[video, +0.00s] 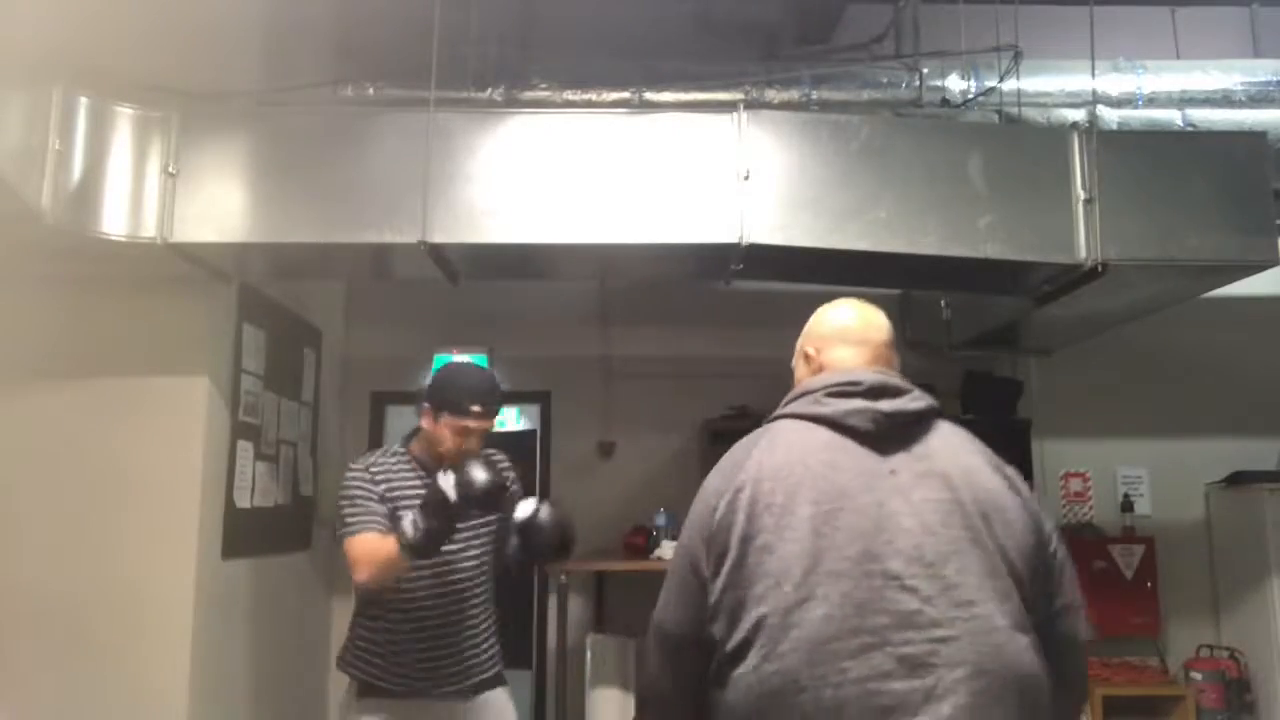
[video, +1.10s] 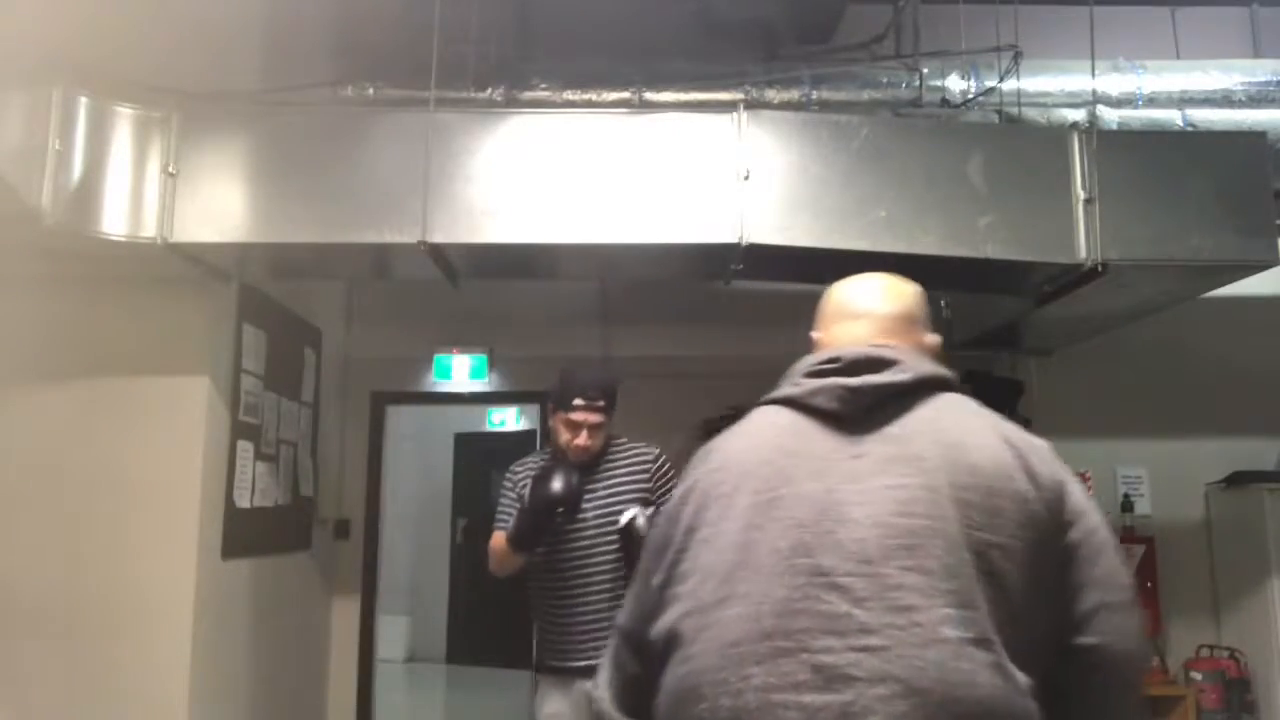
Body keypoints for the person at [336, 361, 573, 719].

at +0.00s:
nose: (473, 447)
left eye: (483, 435)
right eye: (462, 432)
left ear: (491, 427)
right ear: (427, 416)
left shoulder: (495, 468)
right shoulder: (369, 474)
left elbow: (511, 551)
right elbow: (365, 569)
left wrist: (537, 540)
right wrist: (430, 523)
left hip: (480, 688)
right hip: (390, 694)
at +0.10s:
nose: (483, 453)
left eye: (495, 443)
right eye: (474, 439)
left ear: (506, 438)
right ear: (440, 421)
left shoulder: (510, 478)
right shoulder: (381, 478)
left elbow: (549, 559)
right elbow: (377, 564)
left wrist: (567, 529)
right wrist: (447, 510)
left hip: (485, 695)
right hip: (393, 697)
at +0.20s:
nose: (511, 464)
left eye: (522, 455)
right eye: (502, 451)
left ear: (531, 447)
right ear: (469, 431)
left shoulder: (536, 488)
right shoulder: (406, 489)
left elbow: (573, 570)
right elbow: (392, 579)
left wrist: (592, 528)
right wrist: (458, 524)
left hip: (503, 700)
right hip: (412, 701)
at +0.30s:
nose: (545, 468)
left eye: (555, 457)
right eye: (536, 454)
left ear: (564, 451)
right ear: (505, 434)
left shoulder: (567, 485)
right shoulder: (440, 488)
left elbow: (589, 587)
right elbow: (411, 587)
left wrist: (600, 540)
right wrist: (478, 543)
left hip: (541, 697)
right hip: (449, 698)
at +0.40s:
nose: (570, 461)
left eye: (583, 450)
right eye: (561, 444)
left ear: (594, 445)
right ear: (532, 423)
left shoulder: (606, 484)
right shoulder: (470, 478)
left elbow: (621, 582)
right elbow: (432, 573)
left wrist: (609, 539)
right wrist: (487, 558)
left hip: (570, 697)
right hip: (478, 693)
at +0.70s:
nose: (590, 442)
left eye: (603, 430)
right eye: (580, 426)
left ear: (614, 427)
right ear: (554, 409)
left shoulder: (629, 470)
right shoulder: (506, 464)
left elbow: (659, 547)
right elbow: (468, 559)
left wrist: (615, 503)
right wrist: (514, 526)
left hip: (601, 669)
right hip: (522, 671)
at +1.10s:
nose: (583, 440)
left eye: (595, 428)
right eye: (572, 427)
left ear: (610, 423)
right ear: (551, 418)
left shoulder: (647, 464)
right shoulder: (524, 475)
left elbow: (688, 541)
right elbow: (498, 565)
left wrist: (653, 539)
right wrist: (534, 519)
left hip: (631, 662)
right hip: (558, 669)